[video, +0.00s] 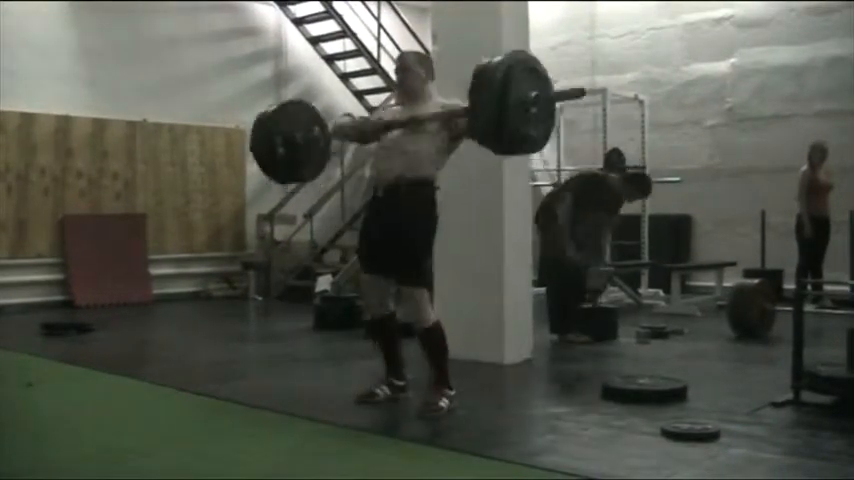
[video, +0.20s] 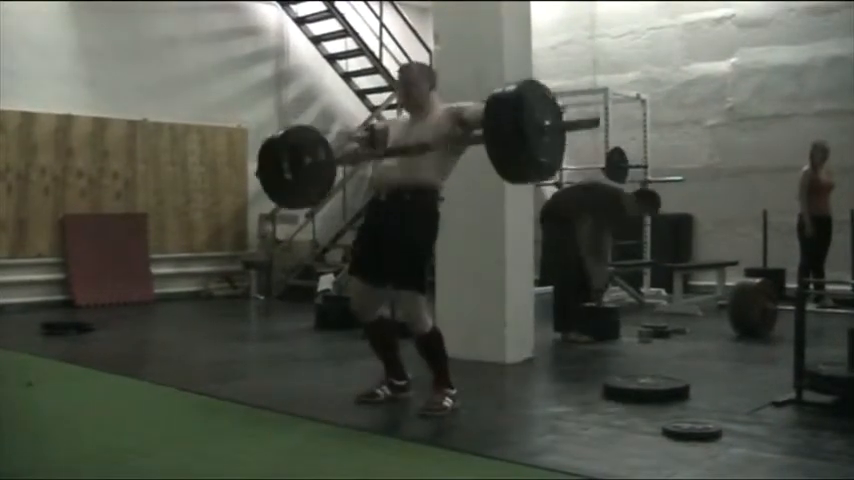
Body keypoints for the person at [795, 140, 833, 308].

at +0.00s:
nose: (819, 159)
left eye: (822, 156)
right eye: (817, 155)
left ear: (825, 157)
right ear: (810, 156)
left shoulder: (823, 173)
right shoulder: (806, 173)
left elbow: (821, 197)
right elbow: (802, 200)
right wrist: (806, 224)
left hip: (821, 219)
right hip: (808, 219)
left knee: (817, 259)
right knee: (805, 259)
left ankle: (818, 294)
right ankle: (800, 294)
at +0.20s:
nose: (821, 158)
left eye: (824, 155)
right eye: (818, 154)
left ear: (827, 156)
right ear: (812, 155)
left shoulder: (826, 173)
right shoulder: (807, 173)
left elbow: (824, 198)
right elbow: (803, 200)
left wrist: (827, 218)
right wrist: (807, 223)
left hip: (823, 219)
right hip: (809, 219)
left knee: (819, 259)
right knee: (807, 258)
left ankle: (820, 293)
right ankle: (803, 293)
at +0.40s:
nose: (823, 157)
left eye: (825, 154)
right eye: (821, 153)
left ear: (827, 155)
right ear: (813, 154)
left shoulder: (824, 172)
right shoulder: (807, 173)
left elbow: (823, 197)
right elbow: (803, 199)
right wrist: (806, 223)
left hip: (822, 219)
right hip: (809, 219)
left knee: (818, 259)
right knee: (807, 258)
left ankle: (819, 293)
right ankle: (801, 293)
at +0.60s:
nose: (823, 158)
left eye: (824, 154)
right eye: (820, 154)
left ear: (826, 156)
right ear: (813, 154)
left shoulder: (823, 173)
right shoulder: (807, 174)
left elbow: (823, 198)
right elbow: (803, 200)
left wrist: (826, 220)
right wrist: (806, 223)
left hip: (822, 220)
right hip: (809, 219)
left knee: (818, 259)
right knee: (806, 258)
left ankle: (819, 294)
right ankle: (801, 293)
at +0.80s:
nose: (823, 158)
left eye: (825, 154)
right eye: (820, 154)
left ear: (827, 156)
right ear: (813, 155)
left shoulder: (823, 174)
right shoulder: (807, 174)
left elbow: (823, 199)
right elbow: (803, 201)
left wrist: (826, 221)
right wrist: (806, 224)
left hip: (822, 220)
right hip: (809, 219)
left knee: (818, 259)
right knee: (807, 258)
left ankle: (819, 294)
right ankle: (801, 294)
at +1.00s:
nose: (825, 157)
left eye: (826, 154)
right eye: (822, 154)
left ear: (828, 156)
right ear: (814, 154)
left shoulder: (826, 174)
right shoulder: (809, 174)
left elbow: (824, 198)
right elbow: (803, 199)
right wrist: (806, 223)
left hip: (822, 219)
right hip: (808, 219)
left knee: (818, 258)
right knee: (806, 258)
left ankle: (819, 293)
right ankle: (802, 292)